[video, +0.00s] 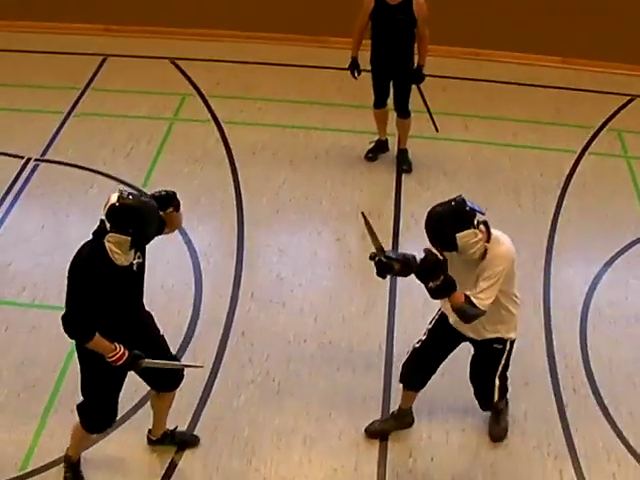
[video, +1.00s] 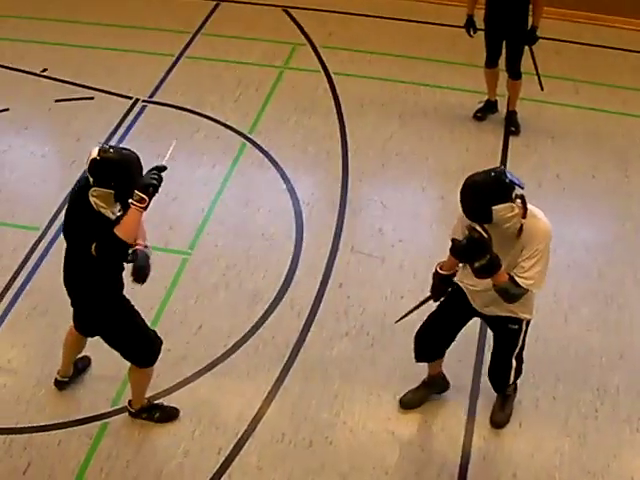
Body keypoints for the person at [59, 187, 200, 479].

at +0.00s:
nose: (138, 243)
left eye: (139, 238)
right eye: (135, 238)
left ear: (137, 232)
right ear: (121, 233)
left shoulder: (134, 234)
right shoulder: (87, 262)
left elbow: (169, 225)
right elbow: (75, 326)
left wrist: (170, 213)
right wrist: (115, 352)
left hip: (135, 324)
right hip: (100, 340)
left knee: (169, 377)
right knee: (99, 418)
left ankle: (158, 433)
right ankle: (72, 459)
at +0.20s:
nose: (144, 230)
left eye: (144, 225)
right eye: (140, 226)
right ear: (126, 226)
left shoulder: (126, 229)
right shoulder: (85, 256)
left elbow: (155, 215)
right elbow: (73, 322)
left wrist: (162, 205)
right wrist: (112, 347)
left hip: (131, 316)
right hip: (97, 336)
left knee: (172, 361)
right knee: (96, 407)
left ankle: (173, 417)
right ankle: (71, 450)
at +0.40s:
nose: (130, 217)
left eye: (130, 213)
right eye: (126, 213)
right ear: (110, 210)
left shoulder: (110, 206)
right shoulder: (72, 237)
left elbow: (135, 222)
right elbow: (72, 305)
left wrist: (154, 204)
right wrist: (119, 324)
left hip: (115, 287)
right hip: (83, 304)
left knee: (149, 333)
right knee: (96, 374)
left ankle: (181, 382)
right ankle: (80, 420)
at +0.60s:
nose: (116, 210)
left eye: (118, 205)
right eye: (114, 206)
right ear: (97, 205)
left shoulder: (87, 202)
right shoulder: (66, 238)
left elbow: (111, 222)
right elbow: (84, 305)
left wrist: (137, 214)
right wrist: (135, 304)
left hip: (92, 281)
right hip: (66, 303)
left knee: (125, 321)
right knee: (97, 369)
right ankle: (92, 414)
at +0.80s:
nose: (123, 199)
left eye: (123, 194)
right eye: (119, 195)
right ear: (103, 196)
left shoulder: (84, 191)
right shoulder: (78, 231)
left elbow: (117, 205)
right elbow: (104, 283)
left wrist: (149, 214)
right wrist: (147, 242)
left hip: (76, 288)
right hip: (81, 303)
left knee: (80, 331)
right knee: (121, 361)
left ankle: (61, 372)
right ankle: (114, 410)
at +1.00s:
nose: (127, 195)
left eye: (127, 190)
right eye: (124, 189)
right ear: (112, 188)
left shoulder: (103, 186)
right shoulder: (82, 212)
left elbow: (134, 217)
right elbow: (115, 249)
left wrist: (140, 248)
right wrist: (140, 202)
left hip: (83, 278)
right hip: (97, 294)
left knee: (82, 325)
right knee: (147, 347)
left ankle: (65, 372)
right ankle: (138, 405)